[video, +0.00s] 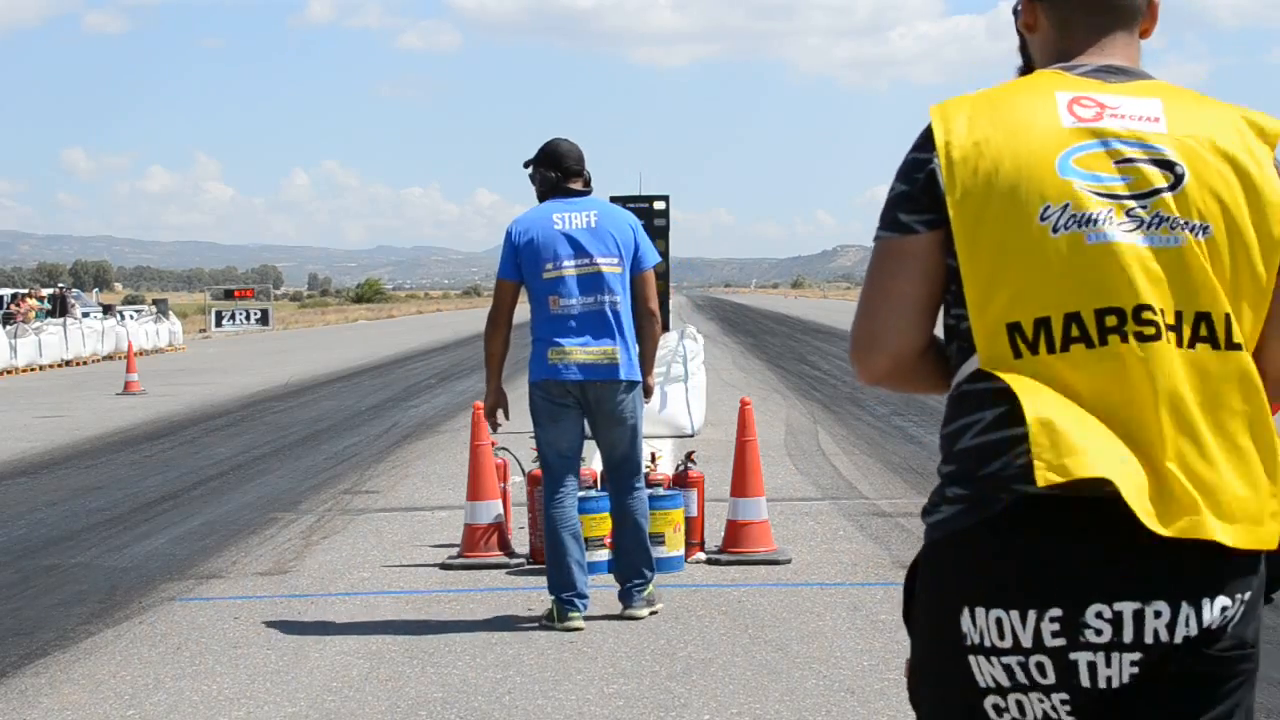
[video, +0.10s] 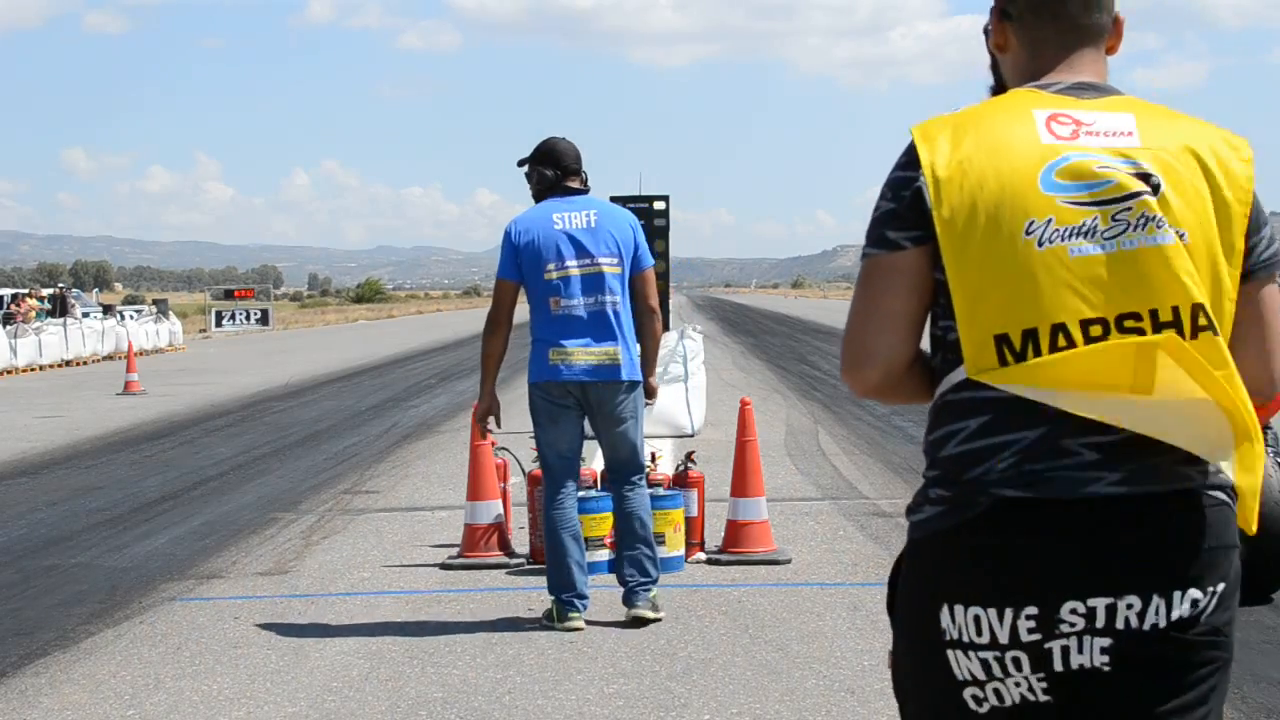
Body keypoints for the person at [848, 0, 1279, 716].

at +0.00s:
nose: (1019, 27)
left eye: (1017, 19)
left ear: (1026, 16)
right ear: (1152, 17)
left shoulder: (960, 132)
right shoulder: (1259, 145)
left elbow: (881, 354)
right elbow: (1270, 379)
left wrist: (999, 361)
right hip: (1207, 584)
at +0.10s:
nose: (988, 57)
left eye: (988, 40)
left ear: (997, 31)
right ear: (1116, 32)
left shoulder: (941, 149)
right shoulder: (1220, 154)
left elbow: (871, 368)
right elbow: (1261, 374)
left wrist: (982, 373)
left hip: (986, 531)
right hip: (1178, 536)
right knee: (1176, 704)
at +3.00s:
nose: (898, 431)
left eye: (897, 427)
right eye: (897, 426)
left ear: (833, 423)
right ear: (889, 430)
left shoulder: (797, 442)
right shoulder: (892, 462)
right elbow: (930, 546)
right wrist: (905, 464)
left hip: (711, 583)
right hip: (796, 582)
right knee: (957, 606)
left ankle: (766, 696)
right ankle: (834, 706)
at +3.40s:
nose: (900, 447)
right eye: (898, 440)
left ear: (832, 436)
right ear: (890, 445)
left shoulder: (793, 459)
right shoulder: (892, 476)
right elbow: (933, 563)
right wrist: (904, 477)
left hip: (717, 607)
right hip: (800, 608)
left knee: (780, 568)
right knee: (966, 612)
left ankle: (767, 697)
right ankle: (839, 707)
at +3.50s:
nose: (899, 447)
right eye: (897, 441)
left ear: (832, 438)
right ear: (889, 447)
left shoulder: (792, 460)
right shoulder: (891, 478)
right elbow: (932, 565)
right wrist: (904, 481)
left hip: (718, 608)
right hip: (800, 611)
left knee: (777, 568)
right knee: (967, 612)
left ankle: (769, 696)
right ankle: (839, 707)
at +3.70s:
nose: (898, 452)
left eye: (897, 446)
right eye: (896, 445)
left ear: (829, 440)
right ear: (887, 449)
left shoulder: (789, 463)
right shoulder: (888, 480)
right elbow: (930, 567)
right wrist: (903, 485)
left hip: (717, 611)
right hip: (800, 613)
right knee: (966, 612)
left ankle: (768, 697)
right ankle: (838, 708)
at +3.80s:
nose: (894, 452)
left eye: (893, 446)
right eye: (893, 445)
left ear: (827, 441)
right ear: (883, 450)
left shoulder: (788, 463)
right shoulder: (886, 481)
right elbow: (928, 569)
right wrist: (902, 487)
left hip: (716, 611)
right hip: (800, 613)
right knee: (966, 610)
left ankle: (766, 697)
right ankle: (840, 708)